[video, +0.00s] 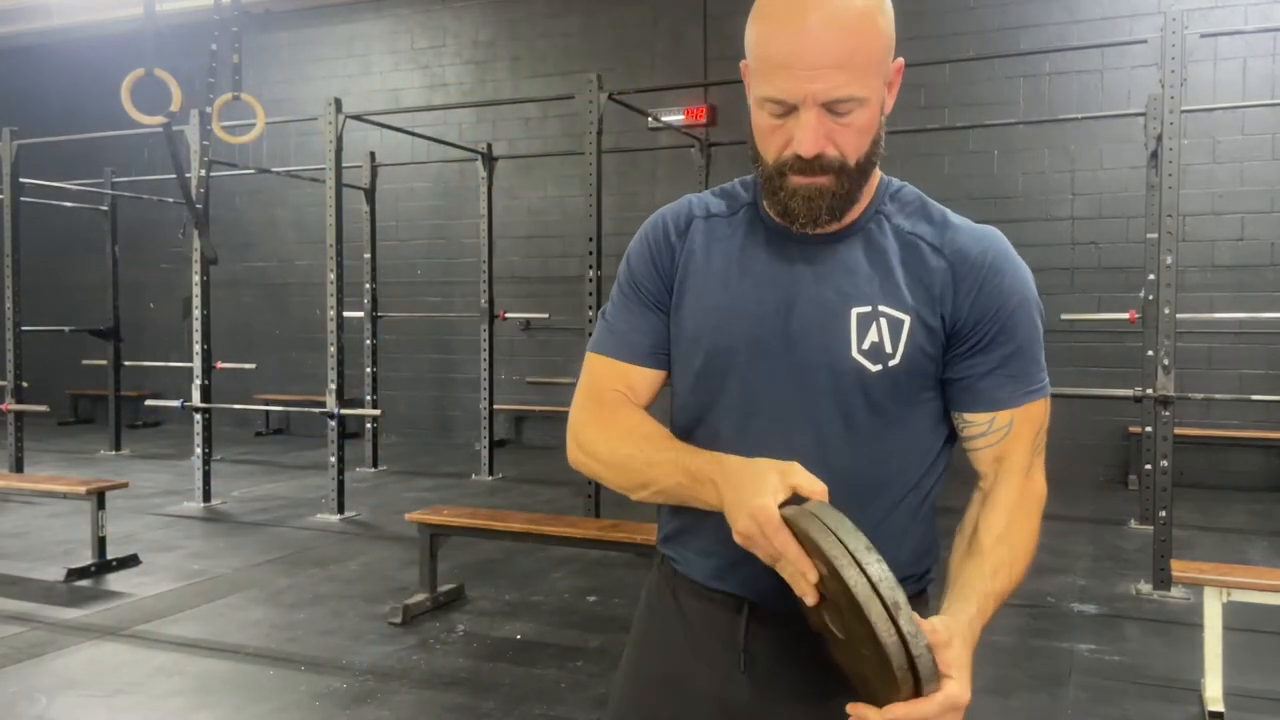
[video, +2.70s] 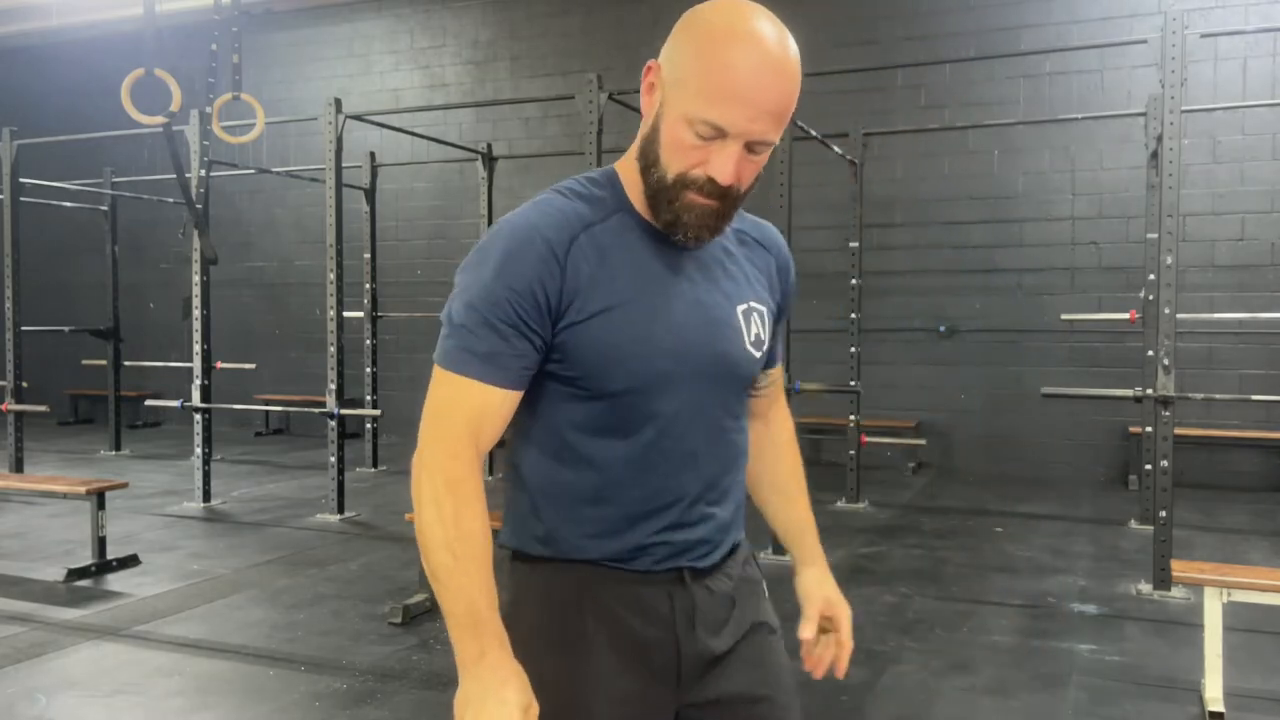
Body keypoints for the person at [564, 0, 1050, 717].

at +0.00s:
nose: (807, 142)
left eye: (840, 108)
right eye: (779, 109)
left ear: (891, 88)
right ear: (746, 84)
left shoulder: (970, 269)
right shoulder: (676, 243)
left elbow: (1014, 475)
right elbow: (595, 428)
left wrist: (958, 624)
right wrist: (721, 478)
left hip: (870, 658)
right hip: (688, 636)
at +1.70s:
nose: (866, 146)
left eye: (904, 117)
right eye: (843, 105)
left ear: (953, 104)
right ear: (805, 76)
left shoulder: (994, 289)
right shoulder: (709, 209)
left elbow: (1007, 508)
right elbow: (557, 343)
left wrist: (959, 672)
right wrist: (709, 455)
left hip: (873, 626)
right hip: (691, 607)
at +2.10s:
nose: (848, 151)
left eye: (889, 123)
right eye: (828, 106)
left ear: (946, 107)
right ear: (798, 68)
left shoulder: (987, 286)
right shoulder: (698, 210)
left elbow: (1015, 498)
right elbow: (508, 309)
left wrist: (1041, 699)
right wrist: (605, 476)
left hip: (860, 643)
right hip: (683, 628)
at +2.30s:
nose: (835, 141)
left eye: (871, 112)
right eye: (813, 98)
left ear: (912, 100)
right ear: (771, 65)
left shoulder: (947, 273)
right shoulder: (662, 221)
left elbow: (979, 469)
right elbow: (489, 355)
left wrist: (1026, 667)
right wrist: (546, 535)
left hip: (845, 637)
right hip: (662, 624)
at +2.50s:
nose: (774, 158)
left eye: (806, 131)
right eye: (753, 117)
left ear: (831, 127)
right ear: (701, 84)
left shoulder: (846, 270)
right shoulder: (589, 242)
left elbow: (869, 437)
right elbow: (462, 428)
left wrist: (933, 607)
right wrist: (505, 623)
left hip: (788, 627)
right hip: (620, 626)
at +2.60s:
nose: (741, 168)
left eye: (772, 140)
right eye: (720, 127)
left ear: (797, 132)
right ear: (666, 88)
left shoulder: (801, 265)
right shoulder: (556, 246)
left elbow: (810, 421)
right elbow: (450, 443)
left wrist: (871, 585)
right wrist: (490, 647)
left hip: (755, 619)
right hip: (594, 624)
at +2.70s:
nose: (725, 172)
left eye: (755, 147)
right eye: (706, 133)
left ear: (780, 135)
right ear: (651, 92)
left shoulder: (761, 257)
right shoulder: (535, 249)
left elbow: (763, 413)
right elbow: (444, 464)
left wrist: (810, 565)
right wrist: (483, 667)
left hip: (730, 609)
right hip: (576, 620)